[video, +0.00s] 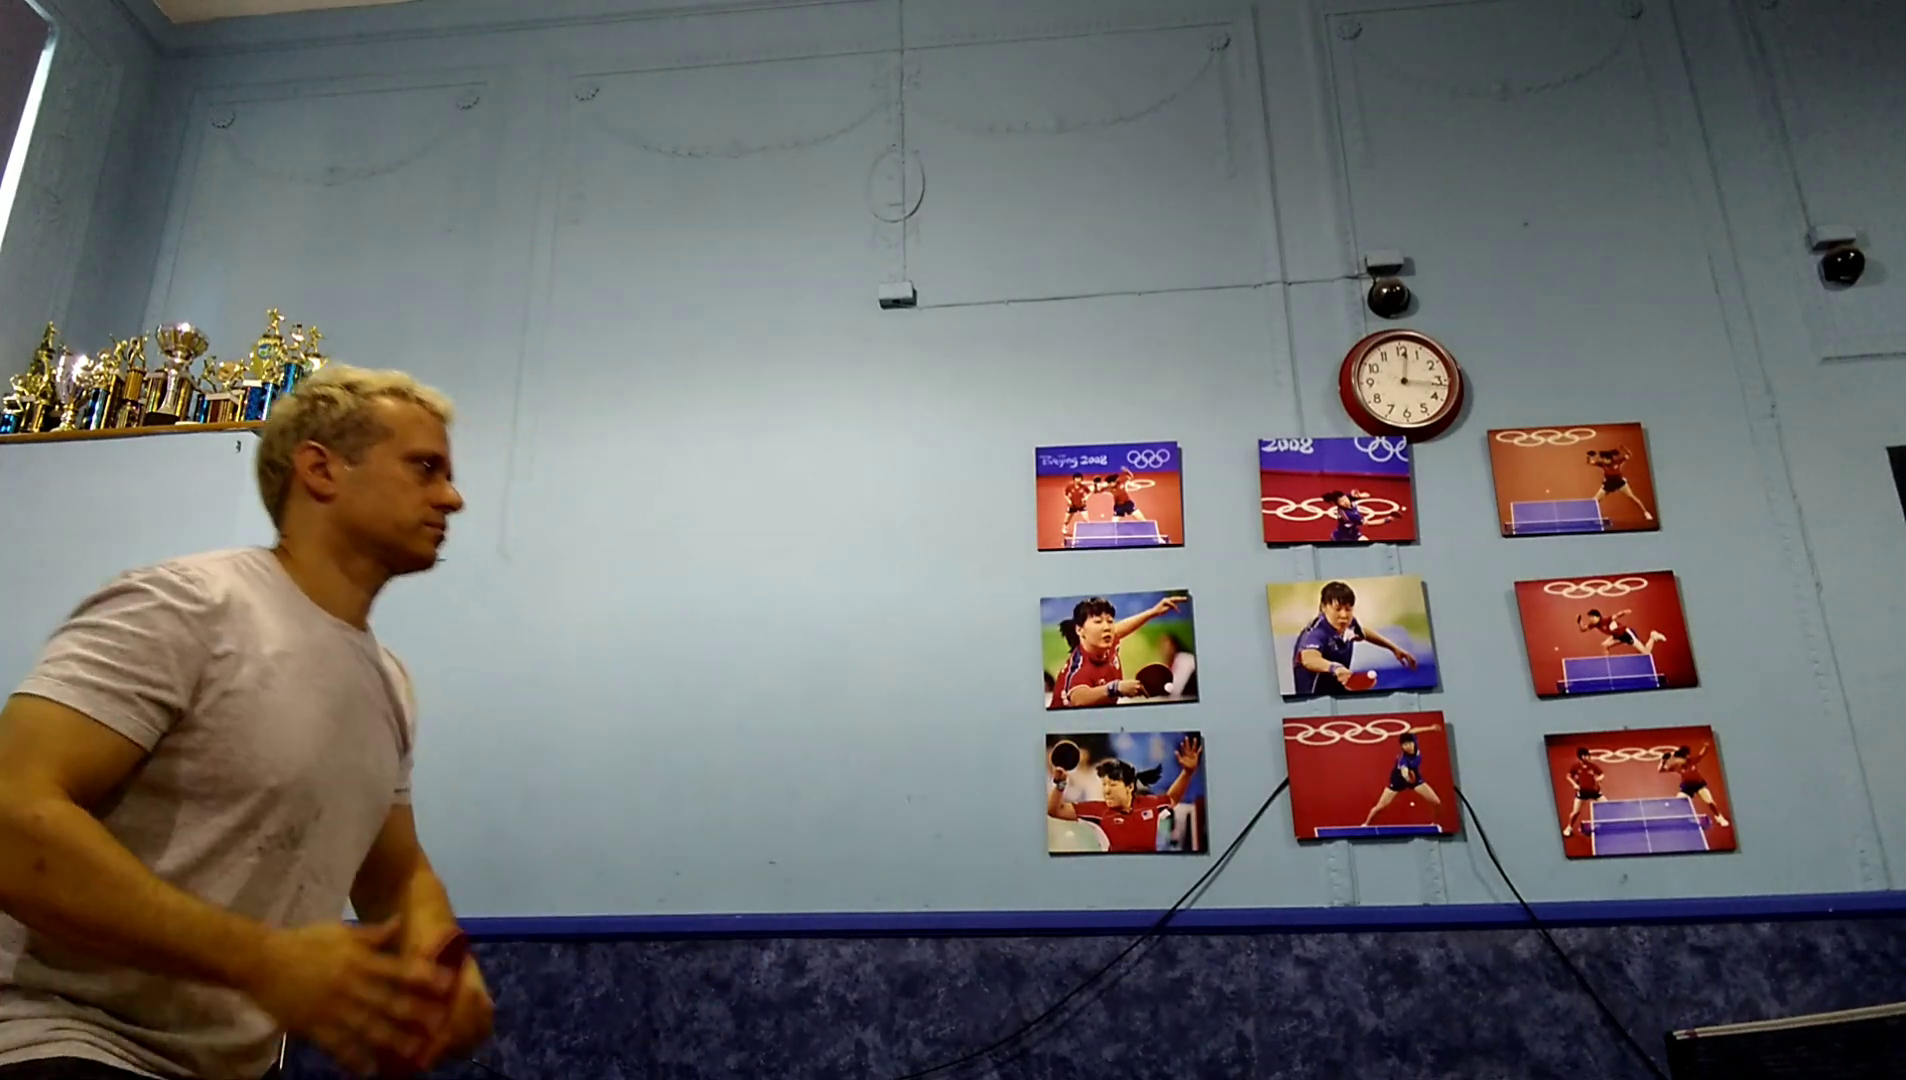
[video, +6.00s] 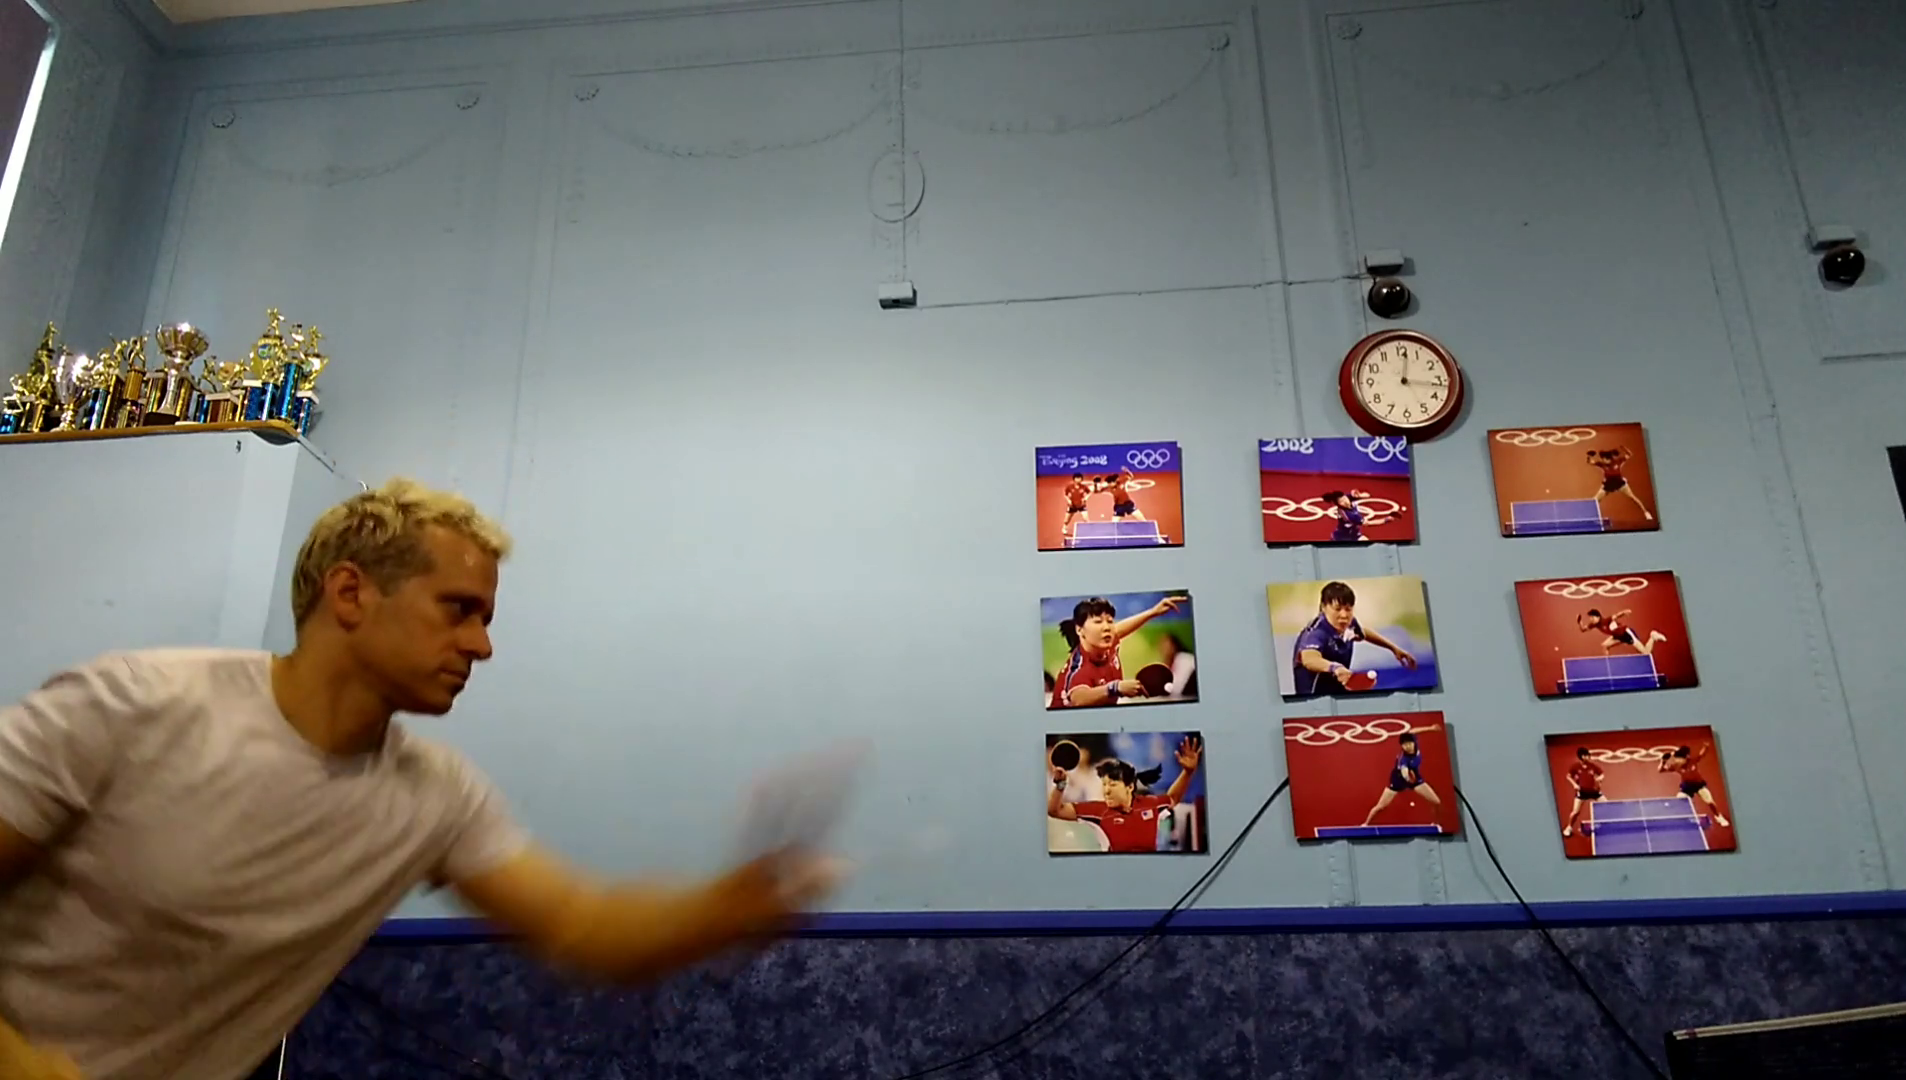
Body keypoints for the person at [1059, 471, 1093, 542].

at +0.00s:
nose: (1078, 481)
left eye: (1079, 479)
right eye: (1077, 479)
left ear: (1081, 480)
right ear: (1074, 480)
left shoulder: (1083, 487)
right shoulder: (1070, 487)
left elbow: (1089, 492)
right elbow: (1065, 494)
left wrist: (1085, 498)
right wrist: (1068, 501)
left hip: (1081, 505)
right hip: (1072, 505)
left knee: (1086, 519)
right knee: (1066, 520)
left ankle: (1089, 530)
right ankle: (1064, 528)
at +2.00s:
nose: (1078, 480)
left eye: (1079, 479)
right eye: (1077, 479)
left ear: (1081, 479)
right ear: (1074, 479)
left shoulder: (1083, 487)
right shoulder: (1070, 487)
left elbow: (1090, 492)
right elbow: (1065, 494)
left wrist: (1085, 498)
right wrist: (1069, 501)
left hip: (1081, 505)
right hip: (1073, 505)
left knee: (1086, 519)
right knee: (1066, 520)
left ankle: (1090, 531)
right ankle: (1064, 529)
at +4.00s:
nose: (1078, 481)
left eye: (1079, 479)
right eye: (1077, 479)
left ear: (1081, 479)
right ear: (1074, 480)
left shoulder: (1083, 487)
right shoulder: (1070, 487)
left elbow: (1089, 492)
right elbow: (1065, 494)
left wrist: (1085, 498)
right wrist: (1068, 500)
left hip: (1081, 505)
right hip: (1072, 505)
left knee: (1086, 519)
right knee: (1066, 520)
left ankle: (1090, 530)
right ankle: (1064, 529)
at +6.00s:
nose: (1078, 481)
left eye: (1079, 479)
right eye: (1077, 479)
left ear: (1081, 479)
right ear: (1074, 480)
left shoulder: (1083, 487)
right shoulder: (1070, 487)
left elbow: (1089, 492)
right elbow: (1065, 494)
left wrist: (1085, 498)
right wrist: (1068, 500)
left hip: (1081, 505)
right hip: (1072, 505)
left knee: (1086, 519)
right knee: (1066, 520)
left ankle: (1090, 531)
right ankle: (1064, 528)